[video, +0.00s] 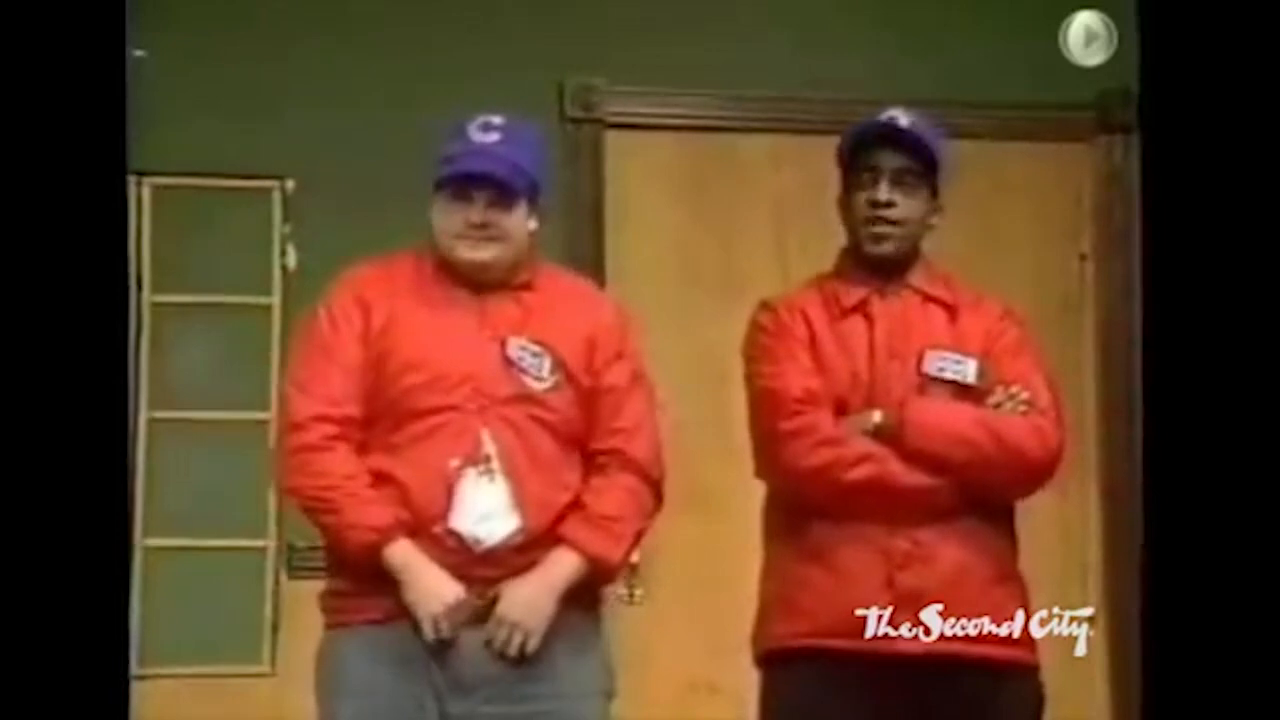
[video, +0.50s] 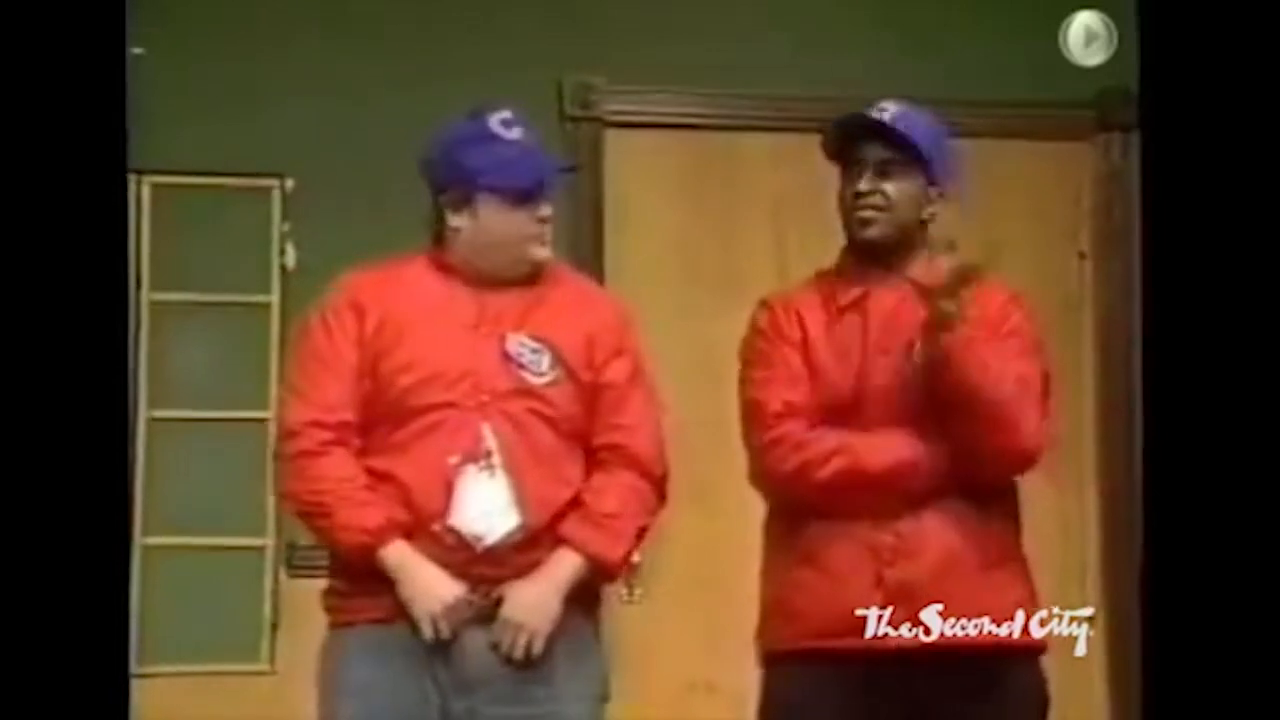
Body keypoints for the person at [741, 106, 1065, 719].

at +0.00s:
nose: (881, 198)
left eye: (904, 183)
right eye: (866, 181)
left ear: (933, 207)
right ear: (841, 201)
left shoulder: (989, 322)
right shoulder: (788, 319)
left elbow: (1035, 448)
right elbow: (797, 459)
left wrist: (891, 423)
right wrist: (973, 462)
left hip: (974, 646)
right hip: (825, 646)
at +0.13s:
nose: (879, 195)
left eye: (902, 180)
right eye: (865, 178)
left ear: (933, 205)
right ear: (842, 200)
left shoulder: (989, 321)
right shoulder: (788, 317)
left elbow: (1034, 449)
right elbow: (797, 458)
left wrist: (890, 422)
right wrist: (972, 462)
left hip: (973, 646)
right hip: (823, 645)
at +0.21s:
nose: (879, 195)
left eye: (902, 180)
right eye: (864, 178)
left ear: (933, 205)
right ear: (842, 199)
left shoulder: (990, 320)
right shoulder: (788, 316)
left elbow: (1033, 450)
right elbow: (797, 459)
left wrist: (889, 421)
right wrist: (971, 464)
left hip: (973, 648)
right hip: (823, 646)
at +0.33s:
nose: (877, 194)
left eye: (901, 179)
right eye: (863, 177)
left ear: (933, 204)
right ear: (842, 197)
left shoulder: (990, 321)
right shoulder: (788, 317)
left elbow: (1035, 458)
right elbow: (796, 457)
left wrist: (905, 411)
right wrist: (968, 470)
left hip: (974, 648)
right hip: (823, 646)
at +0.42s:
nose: (872, 188)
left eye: (896, 172)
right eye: (859, 171)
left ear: (932, 196)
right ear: (840, 191)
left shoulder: (993, 317)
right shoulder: (787, 318)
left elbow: (1023, 462)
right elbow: (785, 459)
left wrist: (965, 364)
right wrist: (948, 463)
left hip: (972, 647)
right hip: (823, 648)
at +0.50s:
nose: (863, 186)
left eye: (888, 170)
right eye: (853, 170)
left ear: (932, 193)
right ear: (838, 187)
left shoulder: (986, 305)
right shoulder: (787, 316)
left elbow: (1014, 444)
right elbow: (780, 459)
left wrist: (952, 323)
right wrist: (940, 456)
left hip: (973, 644)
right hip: (822, 648)